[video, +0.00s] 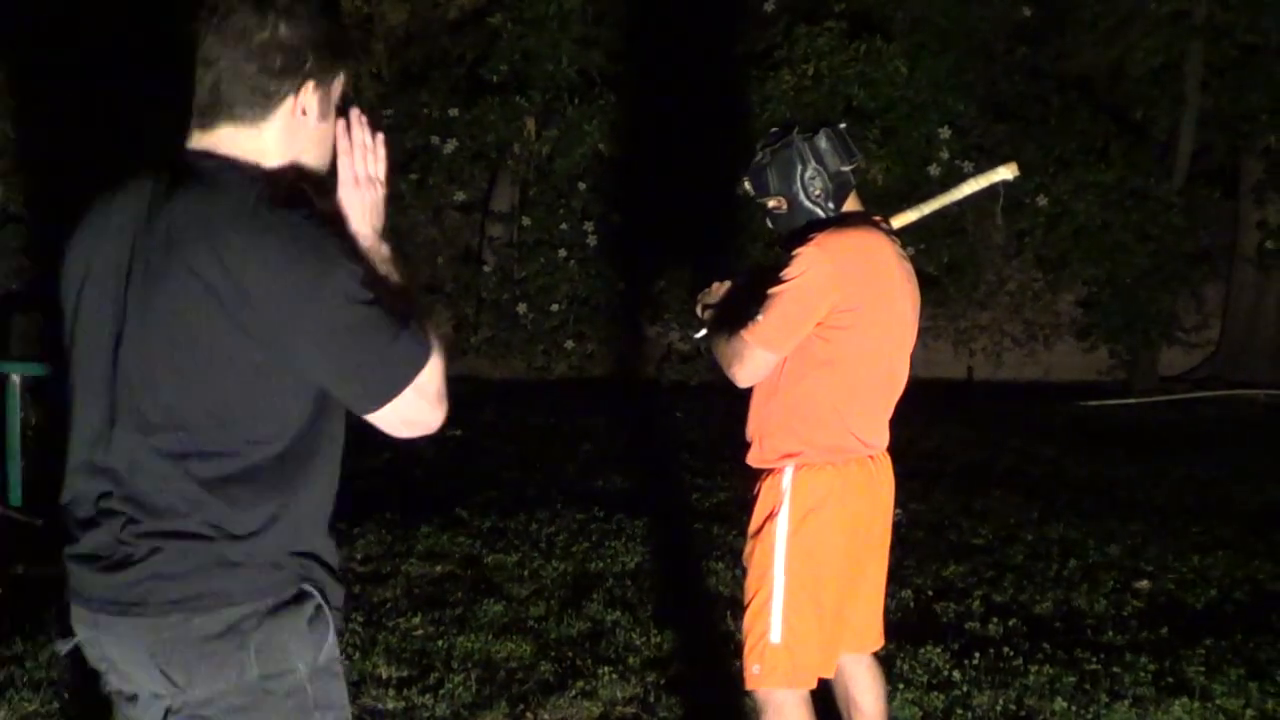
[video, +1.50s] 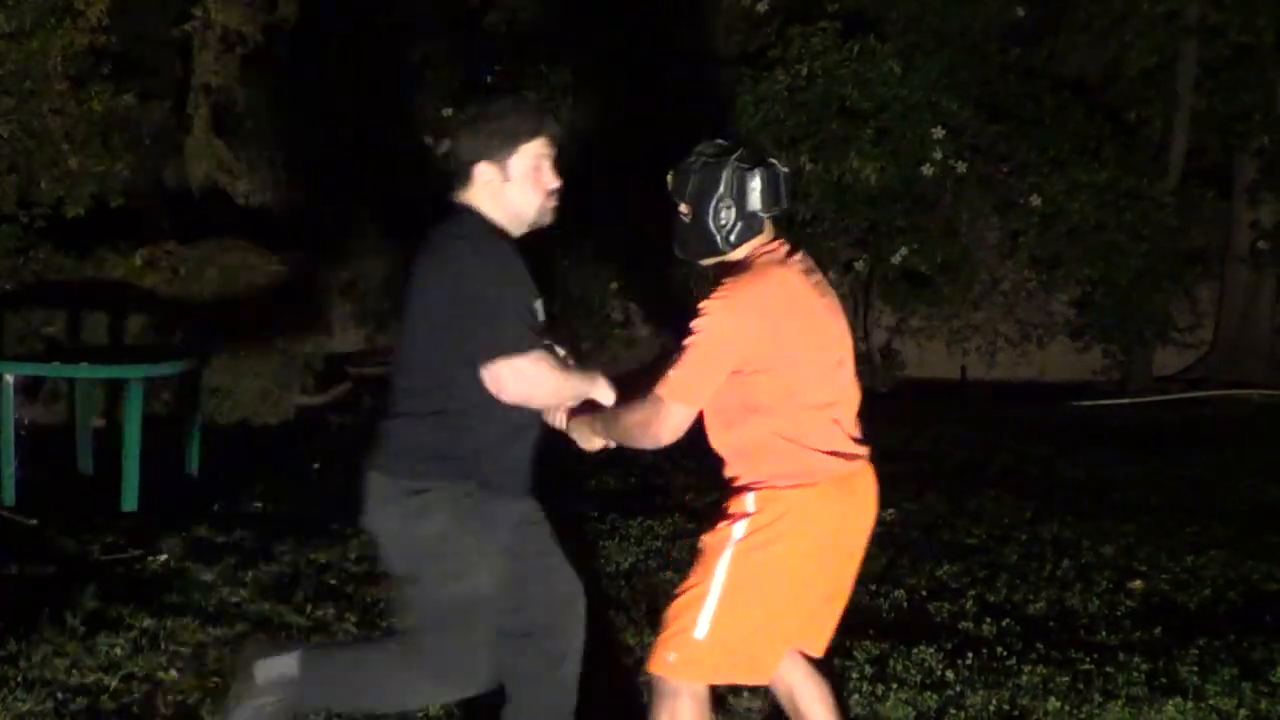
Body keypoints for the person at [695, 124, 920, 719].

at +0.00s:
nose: (772, 214)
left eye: (774, 200)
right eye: (768, 201)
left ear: (798, 195)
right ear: (839, 184)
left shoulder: (825, 259)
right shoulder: (892, 260)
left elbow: (744, 365)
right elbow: (821, 341)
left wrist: (715, 320)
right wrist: (752, 302)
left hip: (806, 485)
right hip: (867, 481)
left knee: (776, 678)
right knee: (850, 652)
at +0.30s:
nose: (773, 212)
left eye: (778, 197)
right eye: (768, 199)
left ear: (810, 188)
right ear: (838, 184)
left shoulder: (831, 259)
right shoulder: (887, 258)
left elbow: (745, 365)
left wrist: (712, 320)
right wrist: (746, 304)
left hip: (809, 486)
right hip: (862, 482)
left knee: (775, 681)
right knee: (844, 657)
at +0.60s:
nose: (775, 200)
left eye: (783, 187)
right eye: (773, 187)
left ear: (821, 185)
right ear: (843, 182)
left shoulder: (836, 262)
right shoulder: (883, 258)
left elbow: (746, 366)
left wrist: (711, 324)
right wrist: (738, 310)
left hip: (817, 488)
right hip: (861, 483)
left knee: (779, 682)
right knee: (834, 666)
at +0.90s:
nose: (764, 201)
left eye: (770, 191)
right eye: (765, 189)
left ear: (791, 199)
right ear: (846, 197)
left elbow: (697, 309)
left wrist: (765, 277)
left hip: (804, 500)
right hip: (871, 494)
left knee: (727, 679)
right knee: (819, 665)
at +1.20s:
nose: (693, 211)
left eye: (700, 199)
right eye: (695, 197)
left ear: (727, 207)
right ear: (771, 206)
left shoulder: (748, 290)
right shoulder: (799, 283)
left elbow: (642, 384)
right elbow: (684, 344)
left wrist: (593, 338)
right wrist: (618, 305)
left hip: (756, 513)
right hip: (804, 504)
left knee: (649, 678)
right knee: (787, 680)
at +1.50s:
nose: (683, 221)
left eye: (689, 209)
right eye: (685, 207)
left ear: (714, 219)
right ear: (759, 211)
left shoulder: (735, 308)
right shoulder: (801, 276)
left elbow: (660, 423)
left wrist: (599, 426)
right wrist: (607, 394)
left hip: (778, 504)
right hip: (842, 492)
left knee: (678, 672)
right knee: (781, 652)